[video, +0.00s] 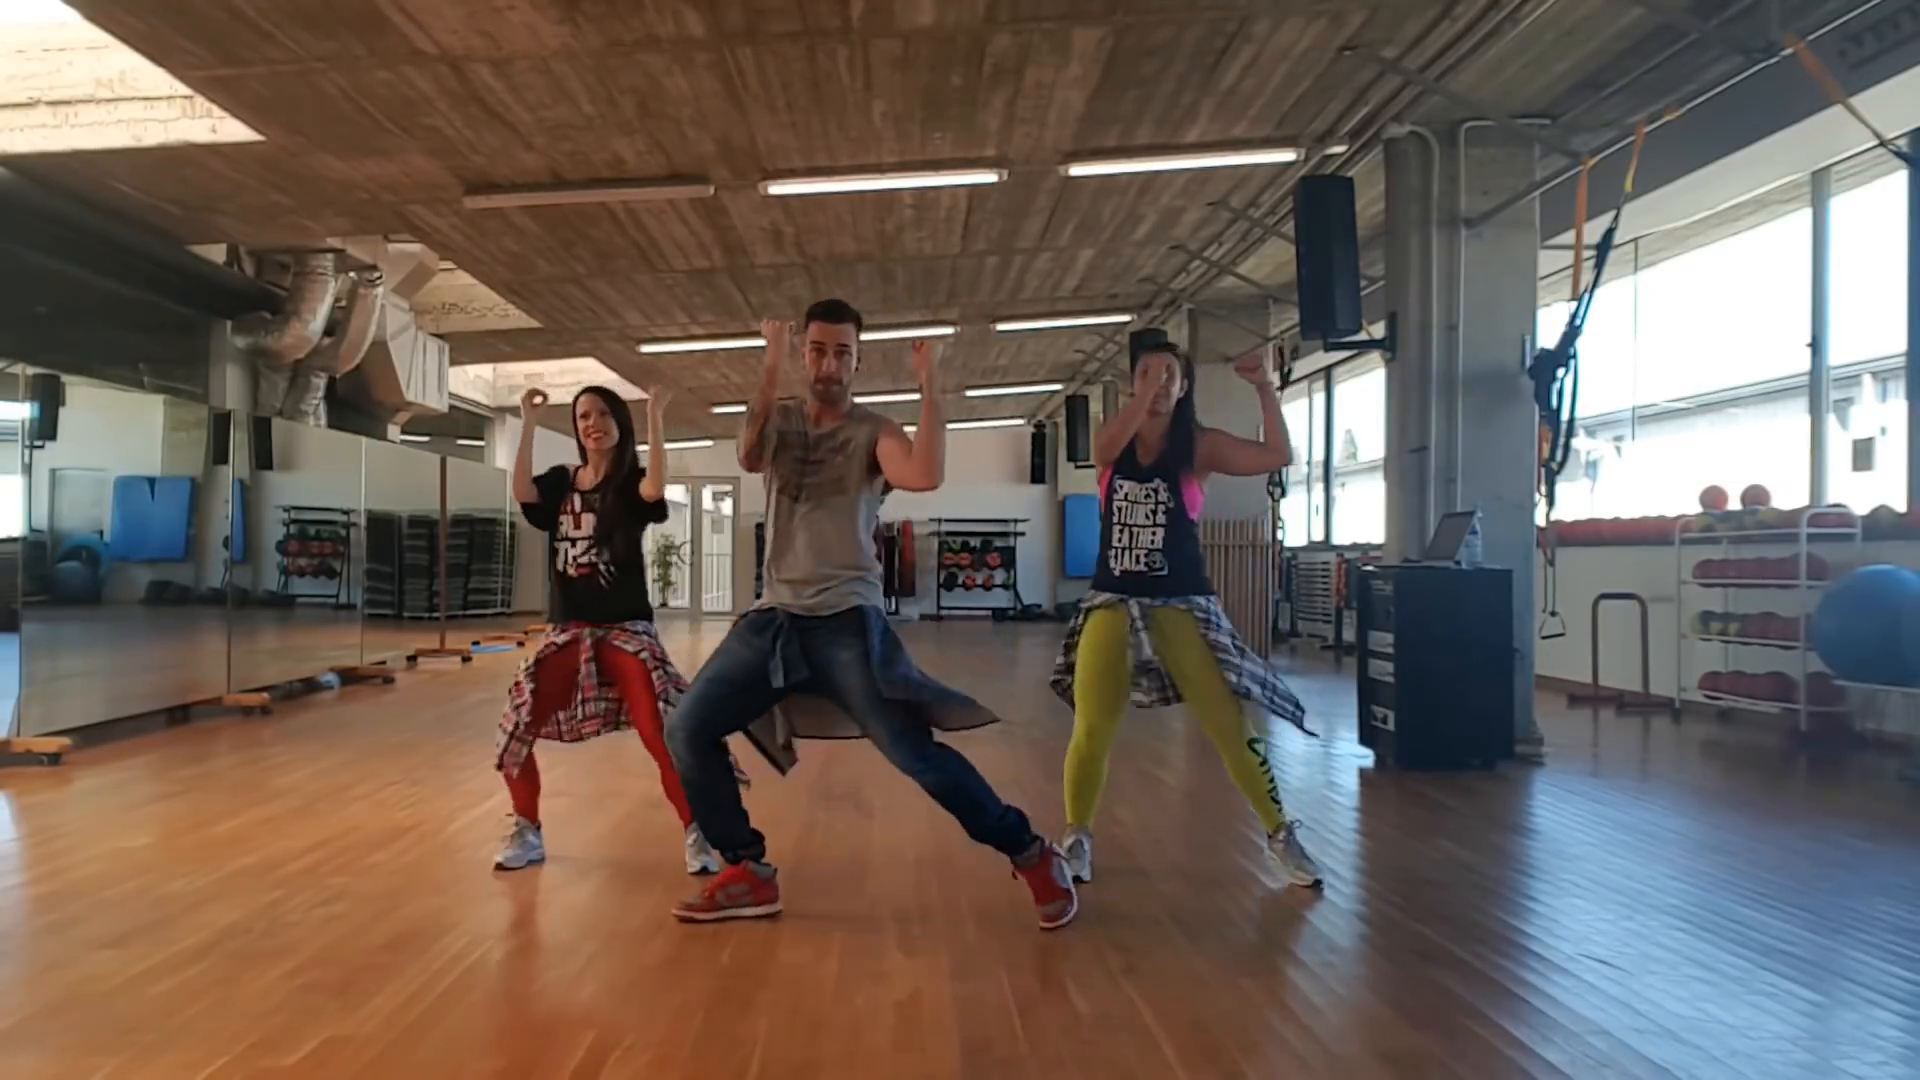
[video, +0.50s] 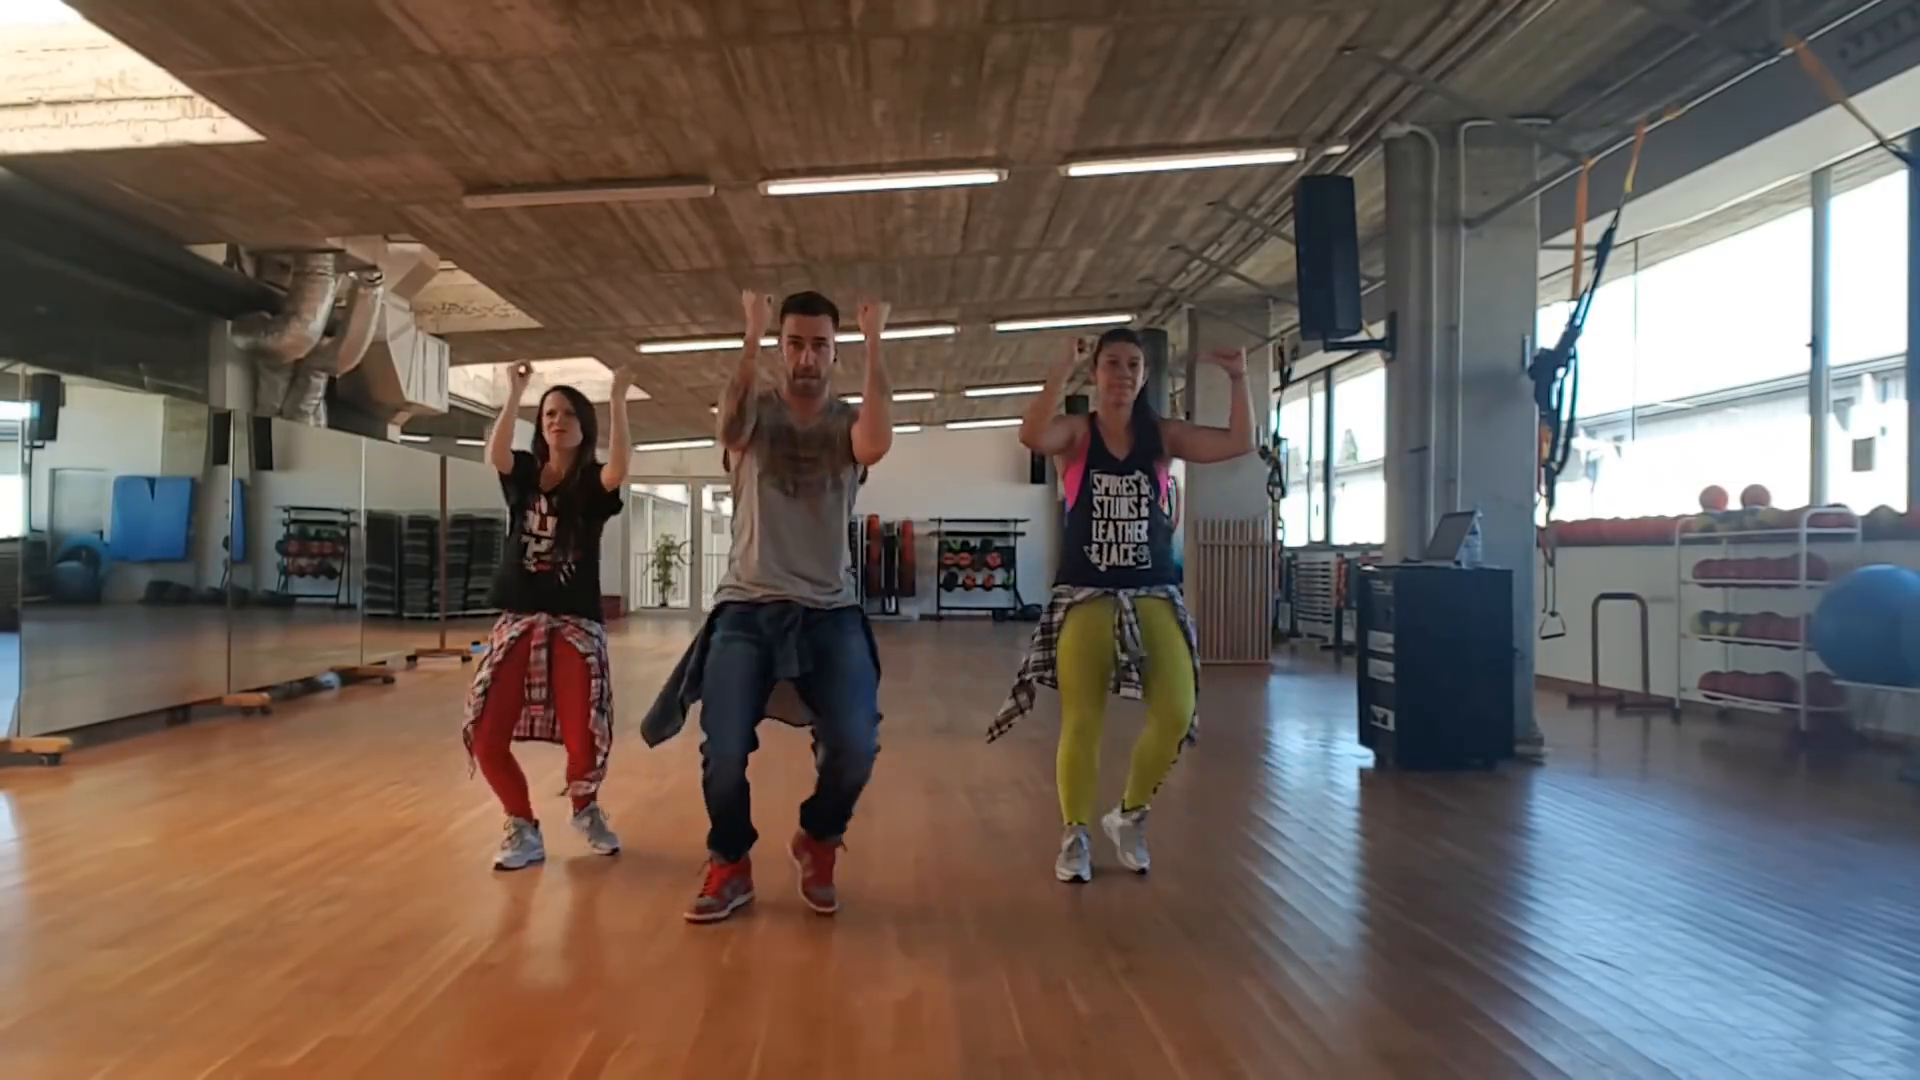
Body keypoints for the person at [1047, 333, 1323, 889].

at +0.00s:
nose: (1161, 388)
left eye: (1171, 377)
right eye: (1151, 376)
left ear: (1185, 385)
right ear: (1132, 385)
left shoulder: (1200, 445)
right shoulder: (1112, 441)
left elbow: (1277, 455)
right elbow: (1111, 444)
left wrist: (1264, 386)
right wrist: (1145, 393)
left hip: (1180, 600)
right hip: (1111, 599)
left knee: (1228, 725)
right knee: (1091, 729)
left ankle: (1282, 837)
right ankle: (1076, 841)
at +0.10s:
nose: (1141, 382)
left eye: (1151, 373)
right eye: (1131, 372)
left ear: (1168, 386)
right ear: (1116, 382)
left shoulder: (1181, 445)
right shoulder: (1097, 437)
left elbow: (1256, 451)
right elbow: (1065, 450)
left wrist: (1245, 386)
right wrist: (1101, 392)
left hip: (1164, 600)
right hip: (1095, 600)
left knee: (1219, 710)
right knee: (1085, 729)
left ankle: (1248, 827)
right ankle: (1076, 837)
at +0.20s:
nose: (1132, 375)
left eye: (1143, 367)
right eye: (1123, 366)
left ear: (1158, 378)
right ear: (1107, 375)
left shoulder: (1173, 437)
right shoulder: (1085, 430)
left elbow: (1248, 442)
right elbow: (1029, 444)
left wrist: (1231, 380)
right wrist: (1054, 381)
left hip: (1156, 595)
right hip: (1087, 594)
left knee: (1201, 703)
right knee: (1086, 722)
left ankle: (1177, 813)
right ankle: (1076, 836)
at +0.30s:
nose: (1125, 371)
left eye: (1135, 363)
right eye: (1116, 361)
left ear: (1150, 373)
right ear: (1099, 370)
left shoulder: (1168, 430)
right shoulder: (1077, 428)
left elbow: (1248, 437)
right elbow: (1016, 438)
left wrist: (1226, 371)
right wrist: (1035, 368)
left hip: (1153, 593)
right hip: (1085, 591)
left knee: (1162, 716)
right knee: (1083, 721)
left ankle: (1119, 818)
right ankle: (1074, 835)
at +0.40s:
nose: (1120, 373)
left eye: (1130, 364)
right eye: (1111, 363)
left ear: (1144, 374)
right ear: (1093, 373)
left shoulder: (1165, 431)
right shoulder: (1074, 432)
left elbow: (1245, 438)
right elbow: (1024, 434)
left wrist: (1228, 371)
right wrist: (1048, 368)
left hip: (1150, 592)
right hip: (1083, 590)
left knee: (1148, 718)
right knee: (1080, 716)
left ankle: (1106, 827)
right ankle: (1075, 833)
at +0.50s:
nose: (1122, 374)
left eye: (1132, 366)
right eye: (1112, 365)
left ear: (1144, 376)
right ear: (1094, 373)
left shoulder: (1161, 433)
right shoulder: (1076, 429)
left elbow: (1238, 442)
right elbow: (1032, 436)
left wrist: (1237, 376)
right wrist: (1061, 374)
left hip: (1154, 592)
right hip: (1087, 592)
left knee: (1176, 711)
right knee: (1082, 719)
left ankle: (1129, 815)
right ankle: (1075, 835)